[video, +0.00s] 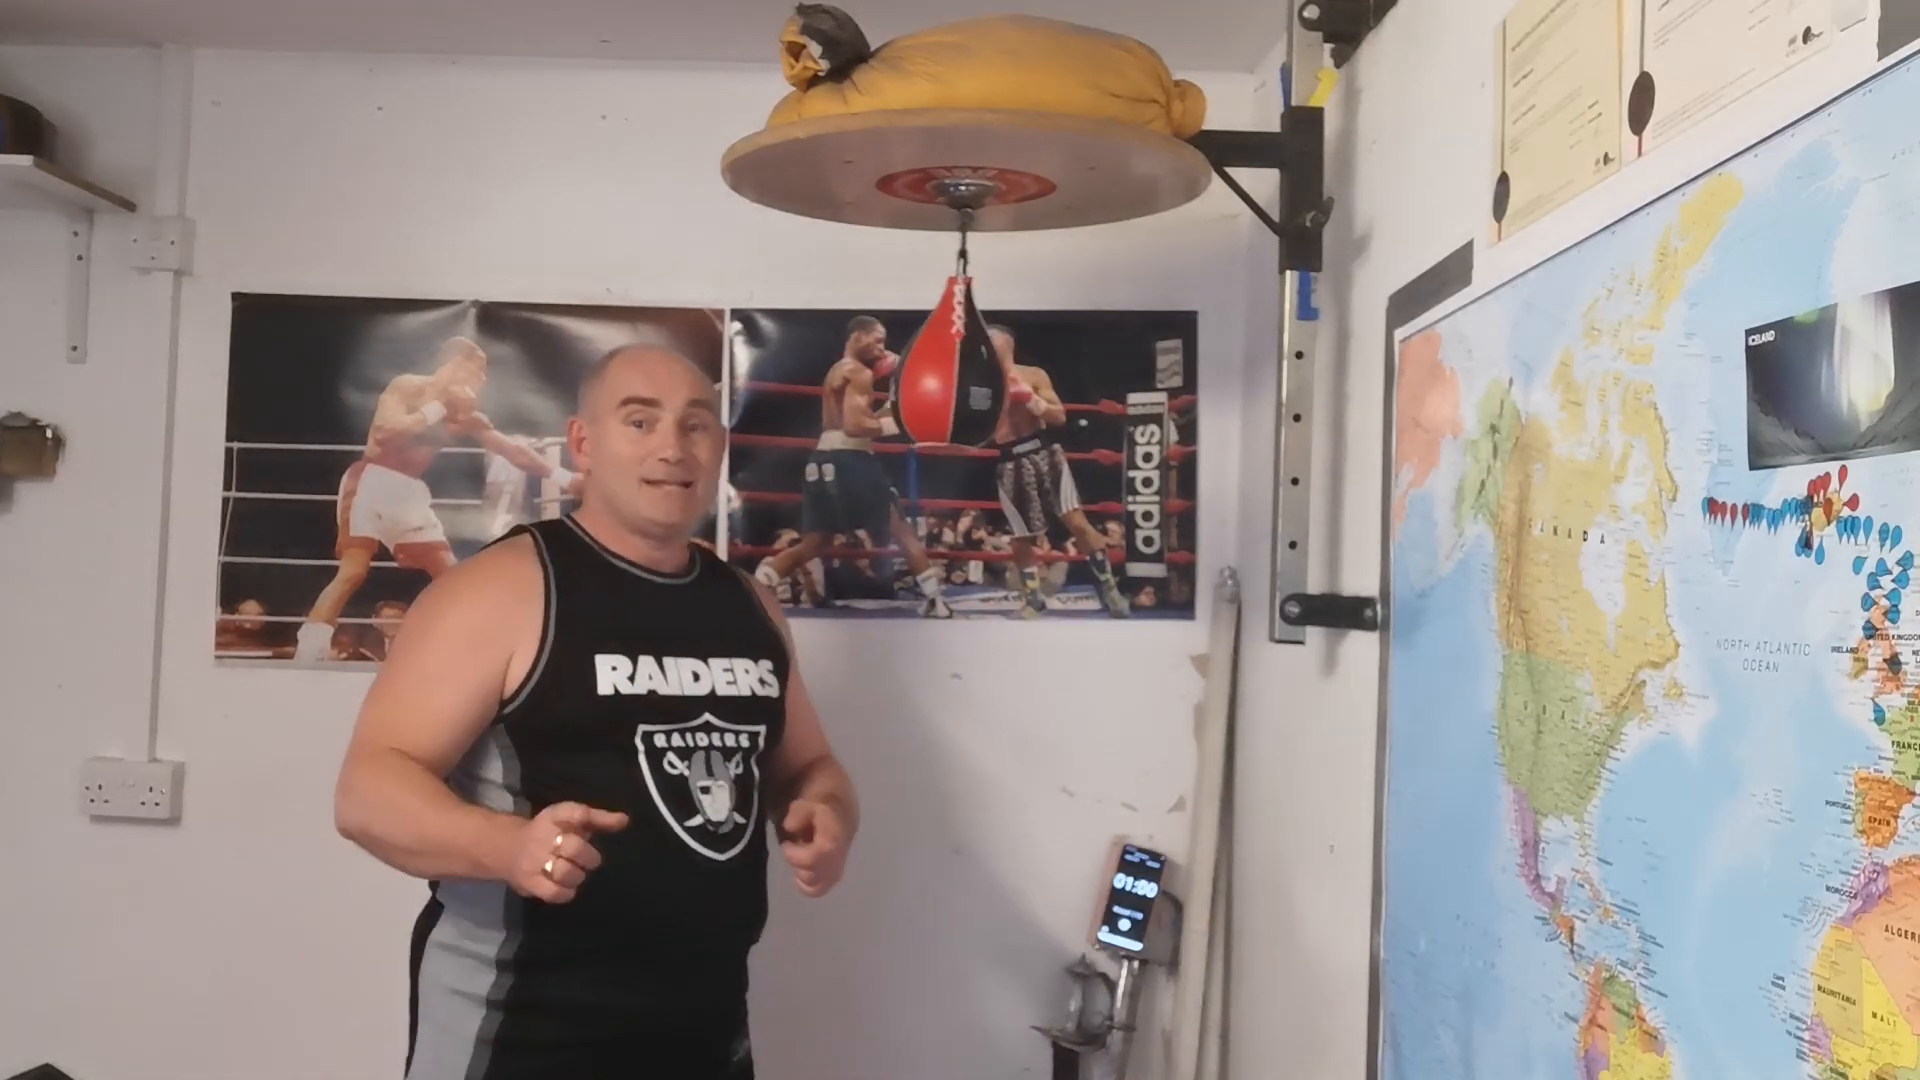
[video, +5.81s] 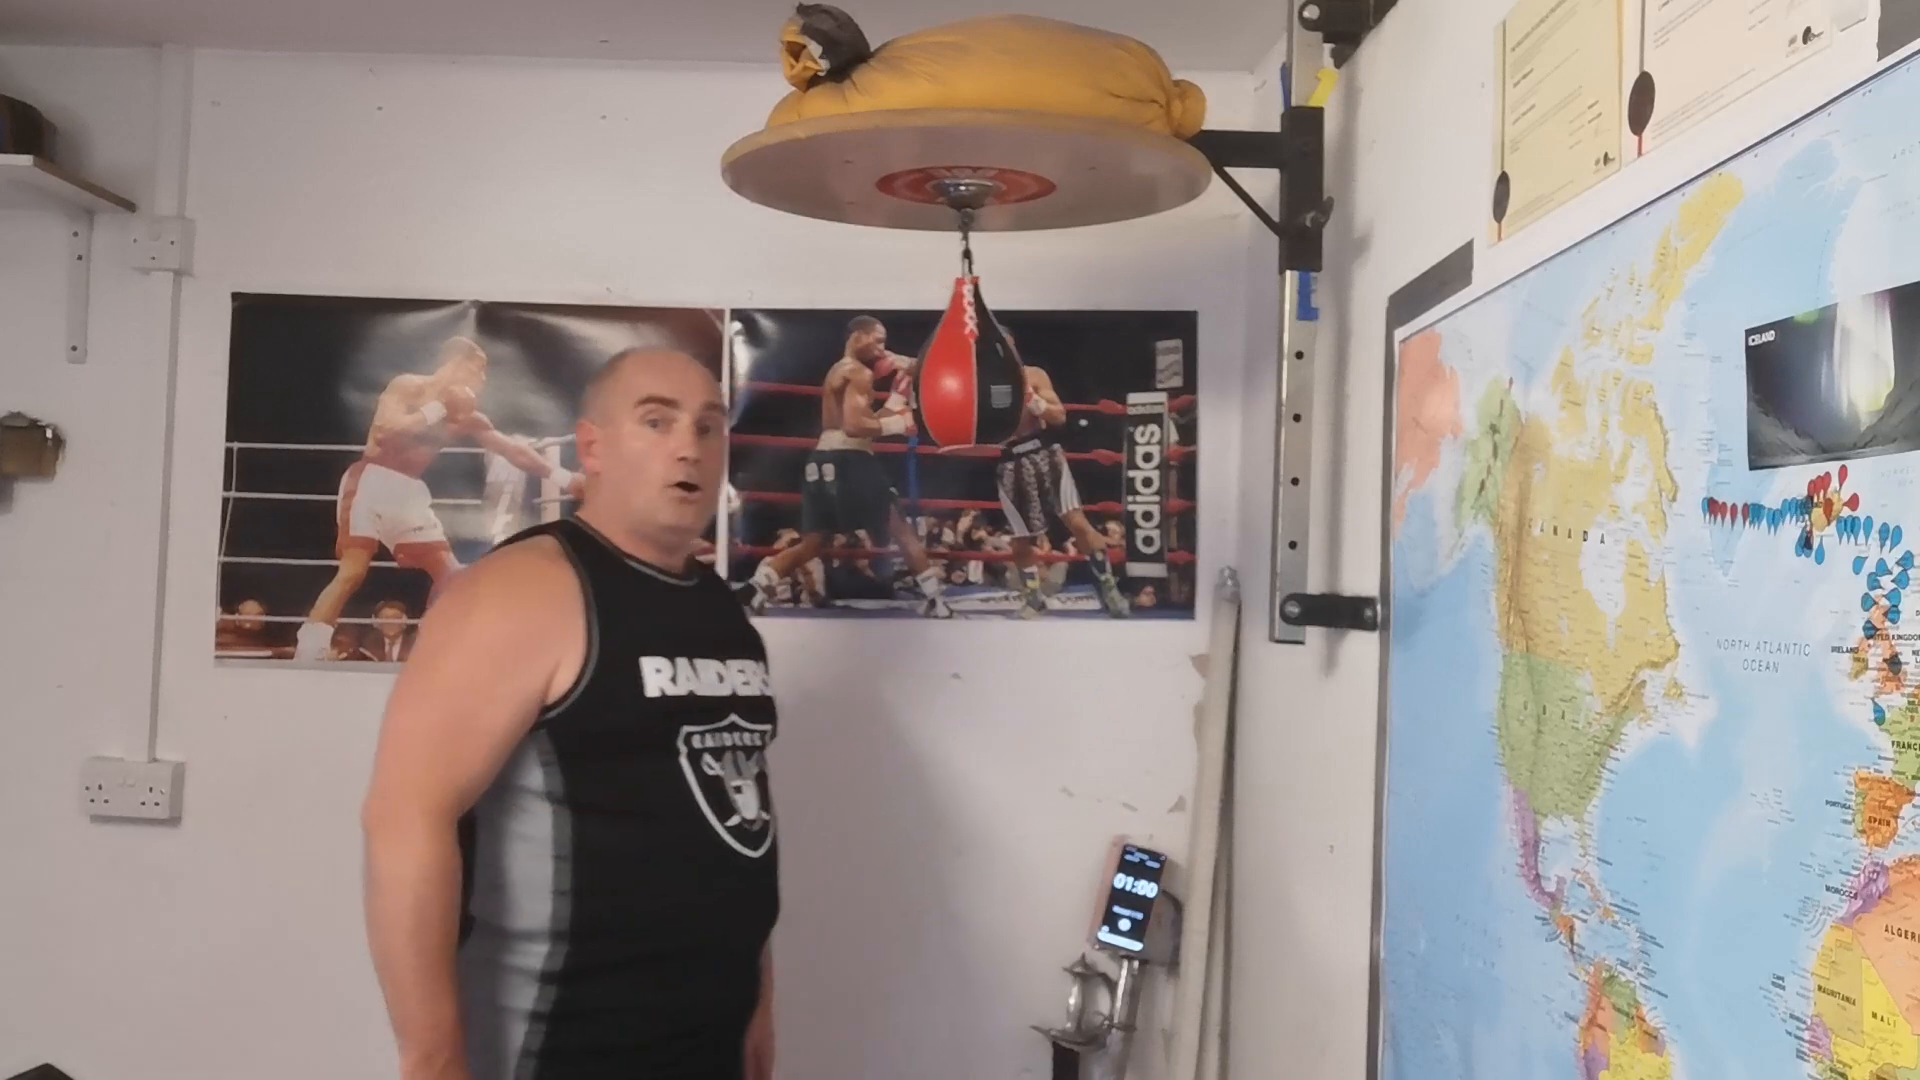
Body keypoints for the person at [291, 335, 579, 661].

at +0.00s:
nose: (476, 384)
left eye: (480, 377)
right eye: (472, 373)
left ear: (476, 380)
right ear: (451, 364)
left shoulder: (464, 413)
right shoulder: (404, 386)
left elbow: (511, 450)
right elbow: (383, 432)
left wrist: (563, 478)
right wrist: (432, 412)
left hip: (409, 492)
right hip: (369, 483)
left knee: (447, 572)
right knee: (353, 570)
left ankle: (460, 652)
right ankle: (307, 651)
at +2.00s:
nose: (477, 386)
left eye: (480, 379)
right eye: (475, 376)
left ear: (472, 380)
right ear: (455, 367)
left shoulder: (464, 414)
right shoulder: (404, 386)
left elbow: (512, 450)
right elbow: (382, 433)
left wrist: (565, 478)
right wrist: (433, 411)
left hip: (408, 493)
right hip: (367, 483)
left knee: (448, 573)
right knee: (353, 570)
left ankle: (429, 660)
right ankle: (306, 654)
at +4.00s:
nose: (476, 382)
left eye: (480, 375)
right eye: (470, 371)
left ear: (480, 381)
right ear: (449, 365)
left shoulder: (464, 415)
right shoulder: (406, 386)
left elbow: (507, 448)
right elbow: (384, 434)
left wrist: (552, 469)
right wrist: (438, 407)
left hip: (409, 493)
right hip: (369, 484)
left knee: (446, 576)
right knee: (351, 573)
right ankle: (308, 649)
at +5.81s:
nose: (479, 383)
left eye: (481, 376)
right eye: (476, 373)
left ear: (472, 377)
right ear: (456, 364)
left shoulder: (464, 412)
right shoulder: (405, 386)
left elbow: (511, 450)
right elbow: (384, 431)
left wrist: (564, 478)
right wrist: (431, 412)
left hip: (408, 493)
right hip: (368, 483)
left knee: (449, 574)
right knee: (352, 571)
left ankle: (428, 662)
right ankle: (305, 656)